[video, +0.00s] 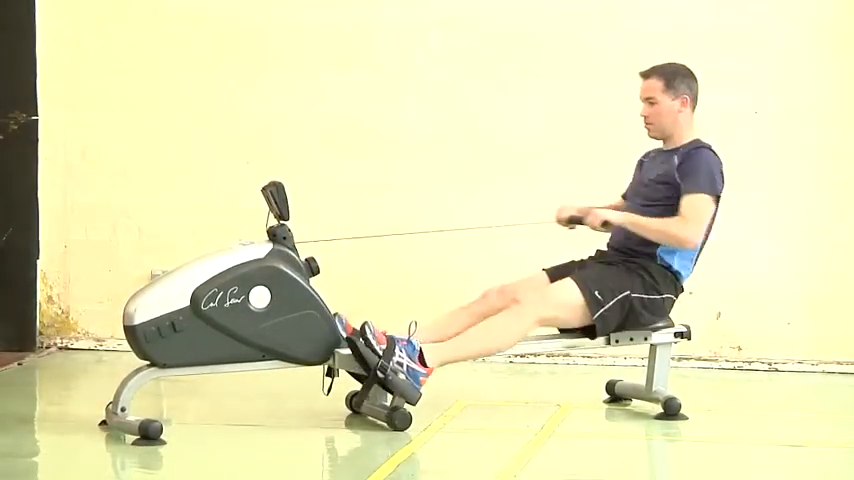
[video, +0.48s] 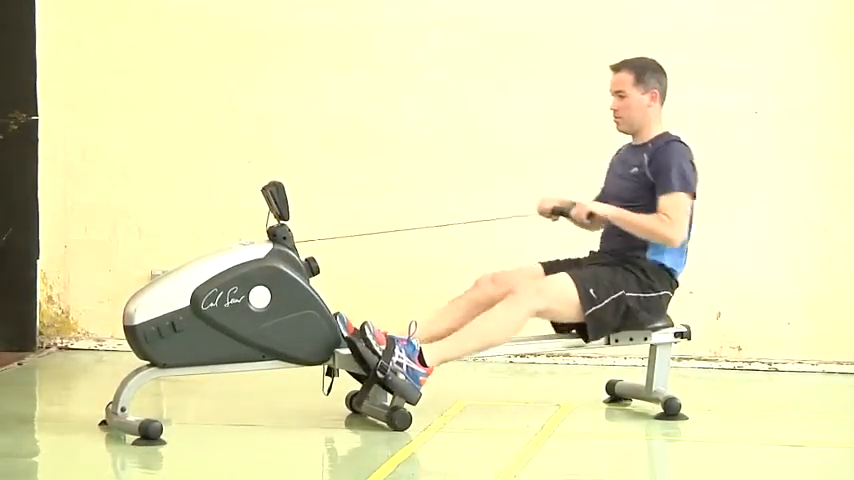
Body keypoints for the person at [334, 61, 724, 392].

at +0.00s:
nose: (643, 113)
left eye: (651, 103)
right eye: (643, 104)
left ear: (684, 103)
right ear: (665, 105)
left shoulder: (701, 160)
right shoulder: (651, 159)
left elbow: (690, 235)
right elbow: (629, 214)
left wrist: (612, 216)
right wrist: (593, 214)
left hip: (647, 277)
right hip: (615, 265)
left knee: (534, 308)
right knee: (499, 297)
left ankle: (422, 363)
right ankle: (396, 346)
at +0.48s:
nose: (612, 106)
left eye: (620, 96)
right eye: (612, 96)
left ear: (653, 98)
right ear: (637, 98)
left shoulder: (672, 152)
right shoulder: (625, 155)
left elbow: (674, 231)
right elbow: (603, 221)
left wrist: (605, 211)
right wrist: (568, 210)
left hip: (643, 278)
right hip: (607, 267)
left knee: (530, 295)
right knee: (490, 286)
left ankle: (422, 366)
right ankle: (399, 348)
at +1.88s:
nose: (438, 110)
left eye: (448, 102)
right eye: (440, 102)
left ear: (479, 109)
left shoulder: (494, 161)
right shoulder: (441, 161)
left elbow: (409, 199)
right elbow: (383, 191)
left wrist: (338, 227)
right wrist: (311, 218)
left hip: (513, 288)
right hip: (470, 288)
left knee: (418, 224)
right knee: (382, 221)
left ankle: (412, 351)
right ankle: (382, 335)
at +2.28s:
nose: (514, 105)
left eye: (523, 96)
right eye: (515, 96)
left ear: (556, 100)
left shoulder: (570, 155)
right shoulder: (515, 154)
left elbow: (488, 188)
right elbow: (454, 184)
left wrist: (417, 215)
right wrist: (388, 203)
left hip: (575, 281)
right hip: (537, 276)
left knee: (466, 242)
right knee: (434, 236)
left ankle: (419, 358)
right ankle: (391, 340)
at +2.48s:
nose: (571, 103)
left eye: (580, 94)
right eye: (571, 94)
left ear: (611, 97)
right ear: (600, 98)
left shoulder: (629, 153)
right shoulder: (577, 150)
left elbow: (557, 197)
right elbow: (523, 183)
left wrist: (481, 210)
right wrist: (459, 199)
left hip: (611, 277)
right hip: (577, 267)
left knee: (495, 259)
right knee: (462, 256)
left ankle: (422, 359)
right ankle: (394, 343)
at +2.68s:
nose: (618, 108)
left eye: (626, 99)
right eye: (617, 99)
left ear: (658, 100)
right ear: (633, 101)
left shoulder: (676, 155)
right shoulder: (624, 153)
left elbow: (633, 217)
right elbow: (576, 196)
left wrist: (556, 211)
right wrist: (528, 204)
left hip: (638, 275)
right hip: (604, 265)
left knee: (515, 286)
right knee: (484, 279)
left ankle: (421, 364)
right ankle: (398, 345)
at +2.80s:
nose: (632, 111)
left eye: (640, 102)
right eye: (631, 102)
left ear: (672, 101)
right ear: (651, 103)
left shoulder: (690, 156)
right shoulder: (643, 156)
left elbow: (672, 229)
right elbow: (613, 206)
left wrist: (604, 214)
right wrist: (571, 210)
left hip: (645, 278)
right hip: (610, 267)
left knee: (528, 301)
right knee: (494, 293)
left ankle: (424, 363)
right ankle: (398, 345)